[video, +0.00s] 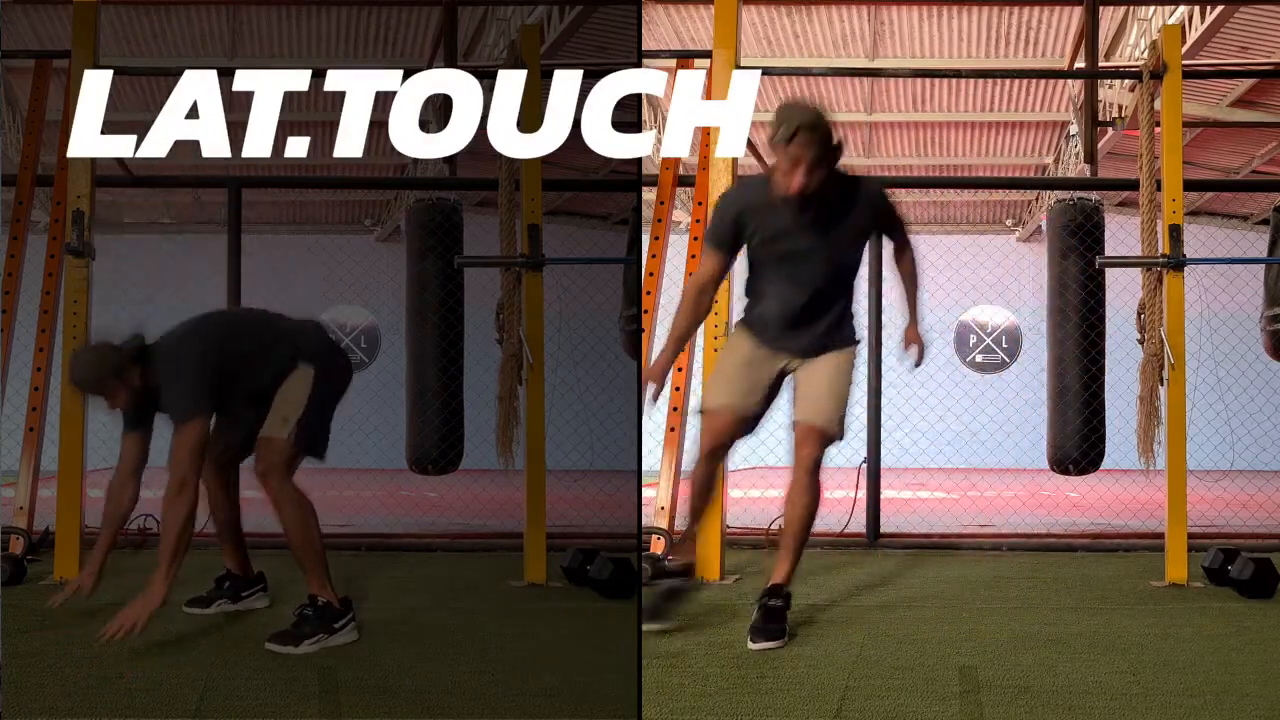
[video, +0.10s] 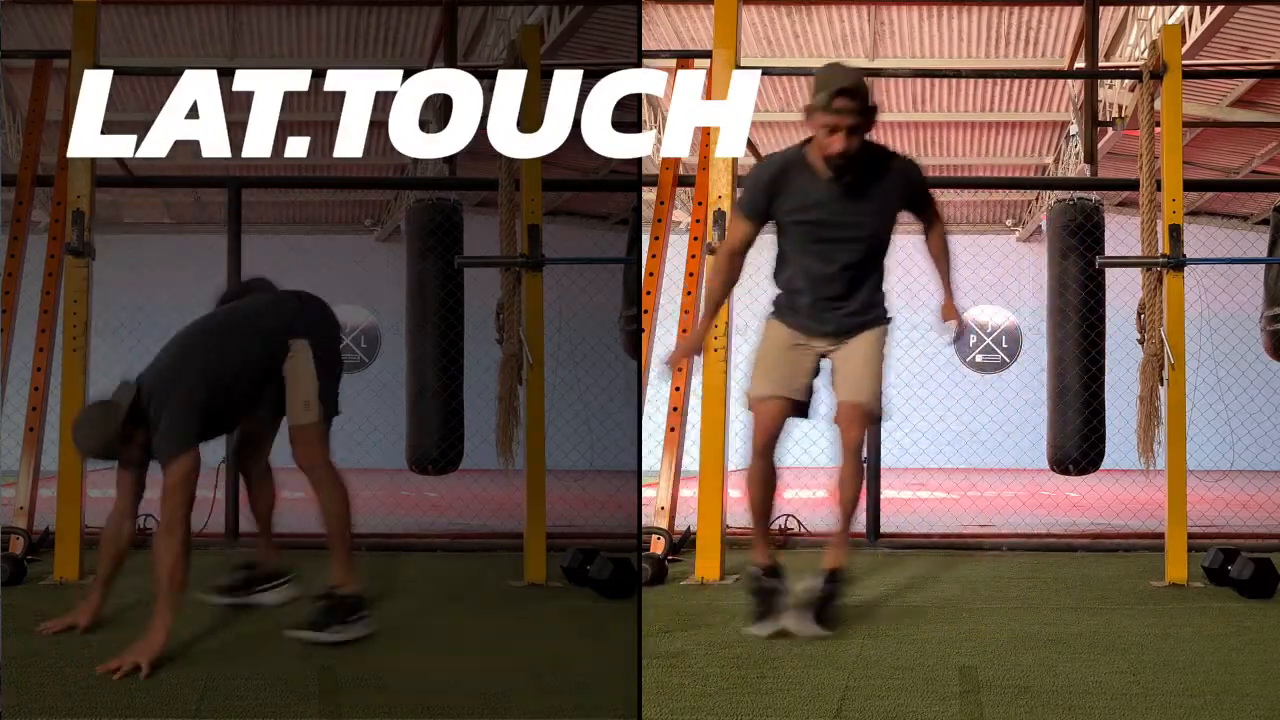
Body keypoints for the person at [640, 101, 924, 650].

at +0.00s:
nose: (800, 180)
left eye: (812, 168)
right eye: (790, 167)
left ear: (830, 159)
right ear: (771, 157)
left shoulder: (861, 200)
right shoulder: (744, 202)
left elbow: (901, 243)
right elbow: (703, 284)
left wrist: (912, 318)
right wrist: (666, 356)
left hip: (829, 343)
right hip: (759, 334)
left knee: (808, 453)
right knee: (713, 438)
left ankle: (777, 592)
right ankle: (683, 553)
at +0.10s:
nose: (840, 145)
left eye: (852, 132)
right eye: (829, 131)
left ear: (869, 126)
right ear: (809, 122)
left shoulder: (895, 174)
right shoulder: (777, 173)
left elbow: (933, 222)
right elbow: (731, 251)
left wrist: (948, 293)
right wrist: (699, 328)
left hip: (862, 323)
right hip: (792, 320)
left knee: (855, 433)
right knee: (763, 433)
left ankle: (833, 567)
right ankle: (764, 566)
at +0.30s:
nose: (920, 138)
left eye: (929, 127)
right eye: (908, 127)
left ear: (940, 125)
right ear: (885, 122)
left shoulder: (965, 187)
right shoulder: (852, 183)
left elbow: (997, 255)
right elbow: (809, 253)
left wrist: (1016, 314)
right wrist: (778, 331)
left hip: (935, 352)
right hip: (860, 350)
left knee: (982, 466)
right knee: (826, 467)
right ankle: (800, 592)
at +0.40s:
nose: (961, 129)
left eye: (971, 117)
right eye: (949, 117)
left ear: (984, 117)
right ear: (926, 114)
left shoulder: (1010, 177)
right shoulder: (895, 184)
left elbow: (1049, 245)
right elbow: (866, 251)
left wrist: (1040, 298)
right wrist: (826, 316)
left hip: (988, 350)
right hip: (915, 349)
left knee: (1020, 471)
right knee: (873, 458)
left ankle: (1038, 592)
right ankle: (829, 582)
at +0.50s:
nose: (1000, 142)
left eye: (1009, 129)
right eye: (987, 129)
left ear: (1020, 121)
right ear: (962, 119)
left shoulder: (1047, 168)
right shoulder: (932, 174)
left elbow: (1088, 239)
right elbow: (902, 245)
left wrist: (1069, 299)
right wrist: (873, 314)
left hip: (1029, 332)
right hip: (955, 331)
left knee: (1062, 442)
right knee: (929, 439)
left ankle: (1054, 581)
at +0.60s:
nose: (1038, 175)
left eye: (1045, 164)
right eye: (1027, 164)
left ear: (1058, 153)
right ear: (1002, 148)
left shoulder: (1085, 195)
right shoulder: (966, 195)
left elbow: (1132, 277)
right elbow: (930, 251)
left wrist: (1109, 346)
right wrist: (914, 327)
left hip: (1063, 339)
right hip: (988, 340)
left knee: (1098, 438)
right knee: (984, 454)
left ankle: (1114, 571)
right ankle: (1016, 585)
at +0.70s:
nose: (1078, 244)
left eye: (1088, 233)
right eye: (1068, 233)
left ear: (1100, 221)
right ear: (1046, 217)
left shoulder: (1123, 256)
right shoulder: (1004, 246)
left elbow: (1165, 344)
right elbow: (964, 283)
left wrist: (1165, 429)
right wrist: (947, 346)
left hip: (1093, 366)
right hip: (1018, 366)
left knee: (1159, 476)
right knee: (1013, 471)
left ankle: (1192, 586)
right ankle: (1034, 597)